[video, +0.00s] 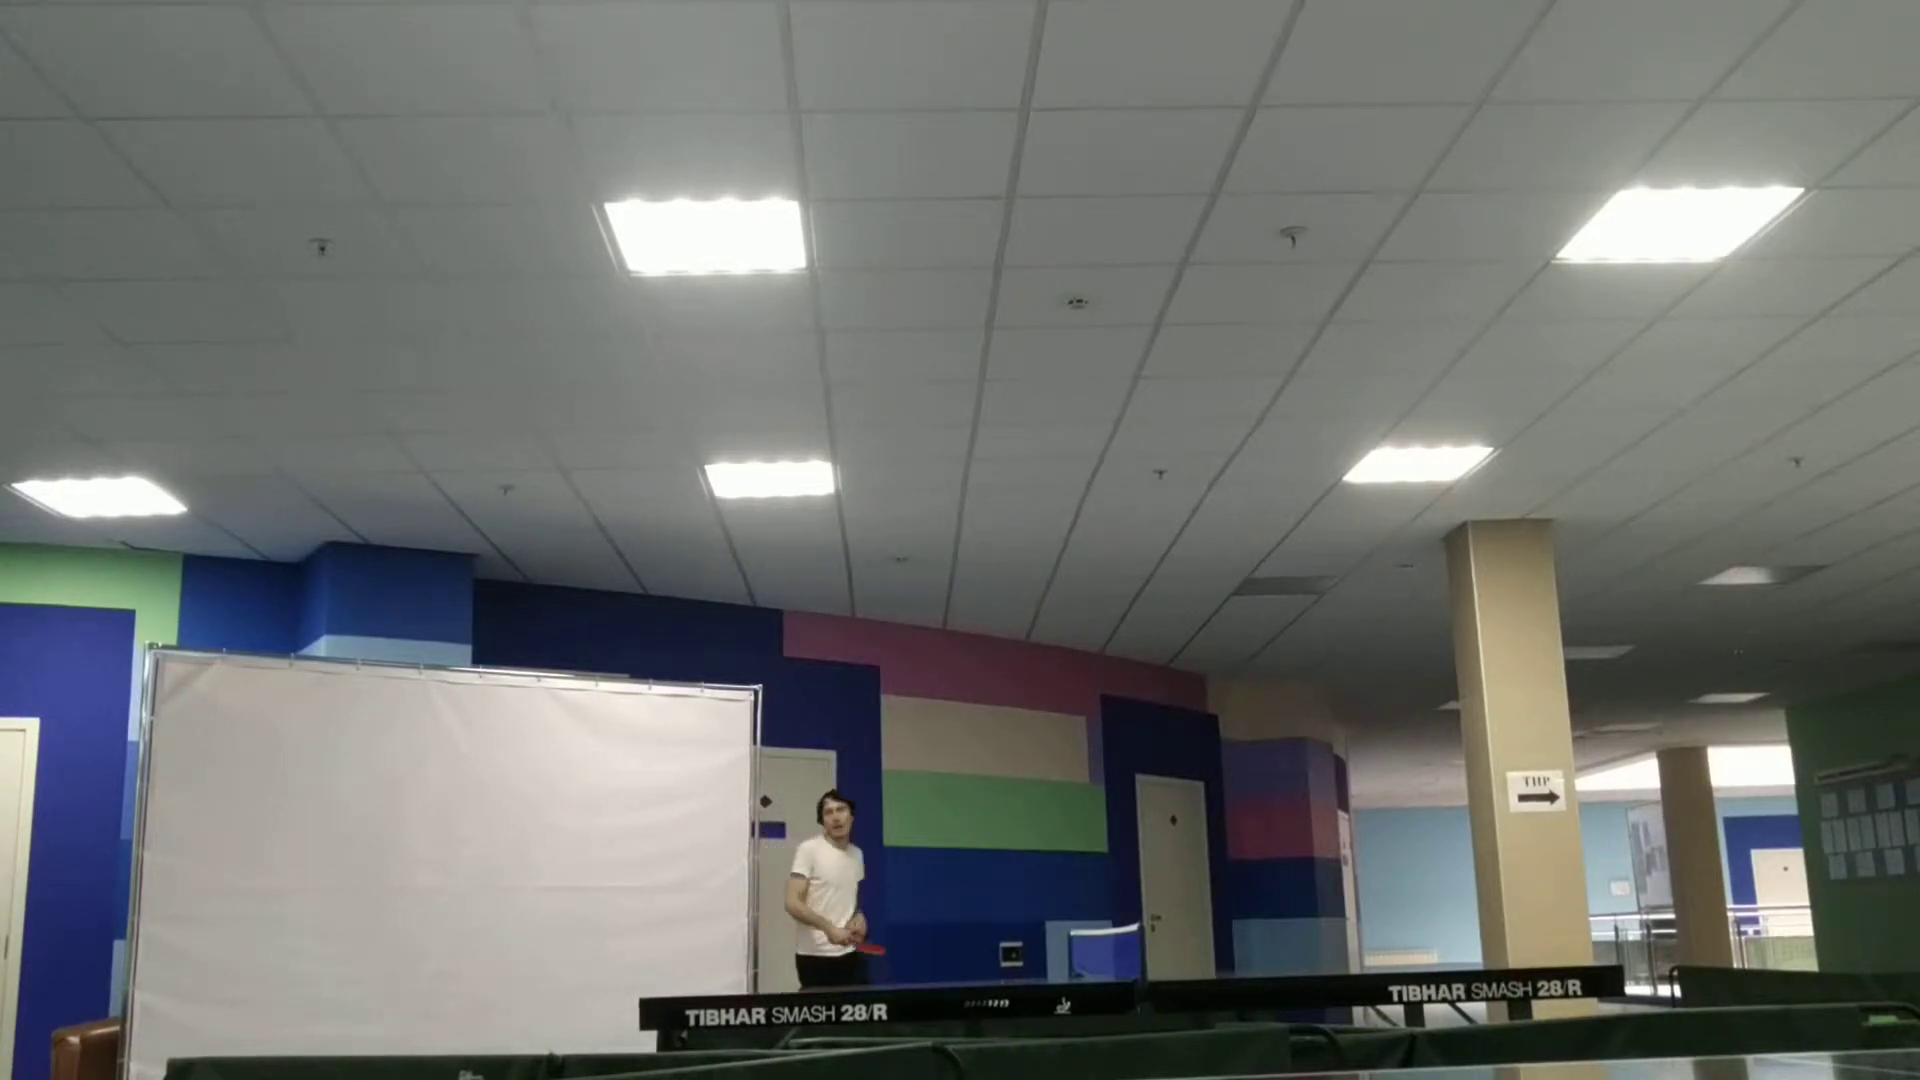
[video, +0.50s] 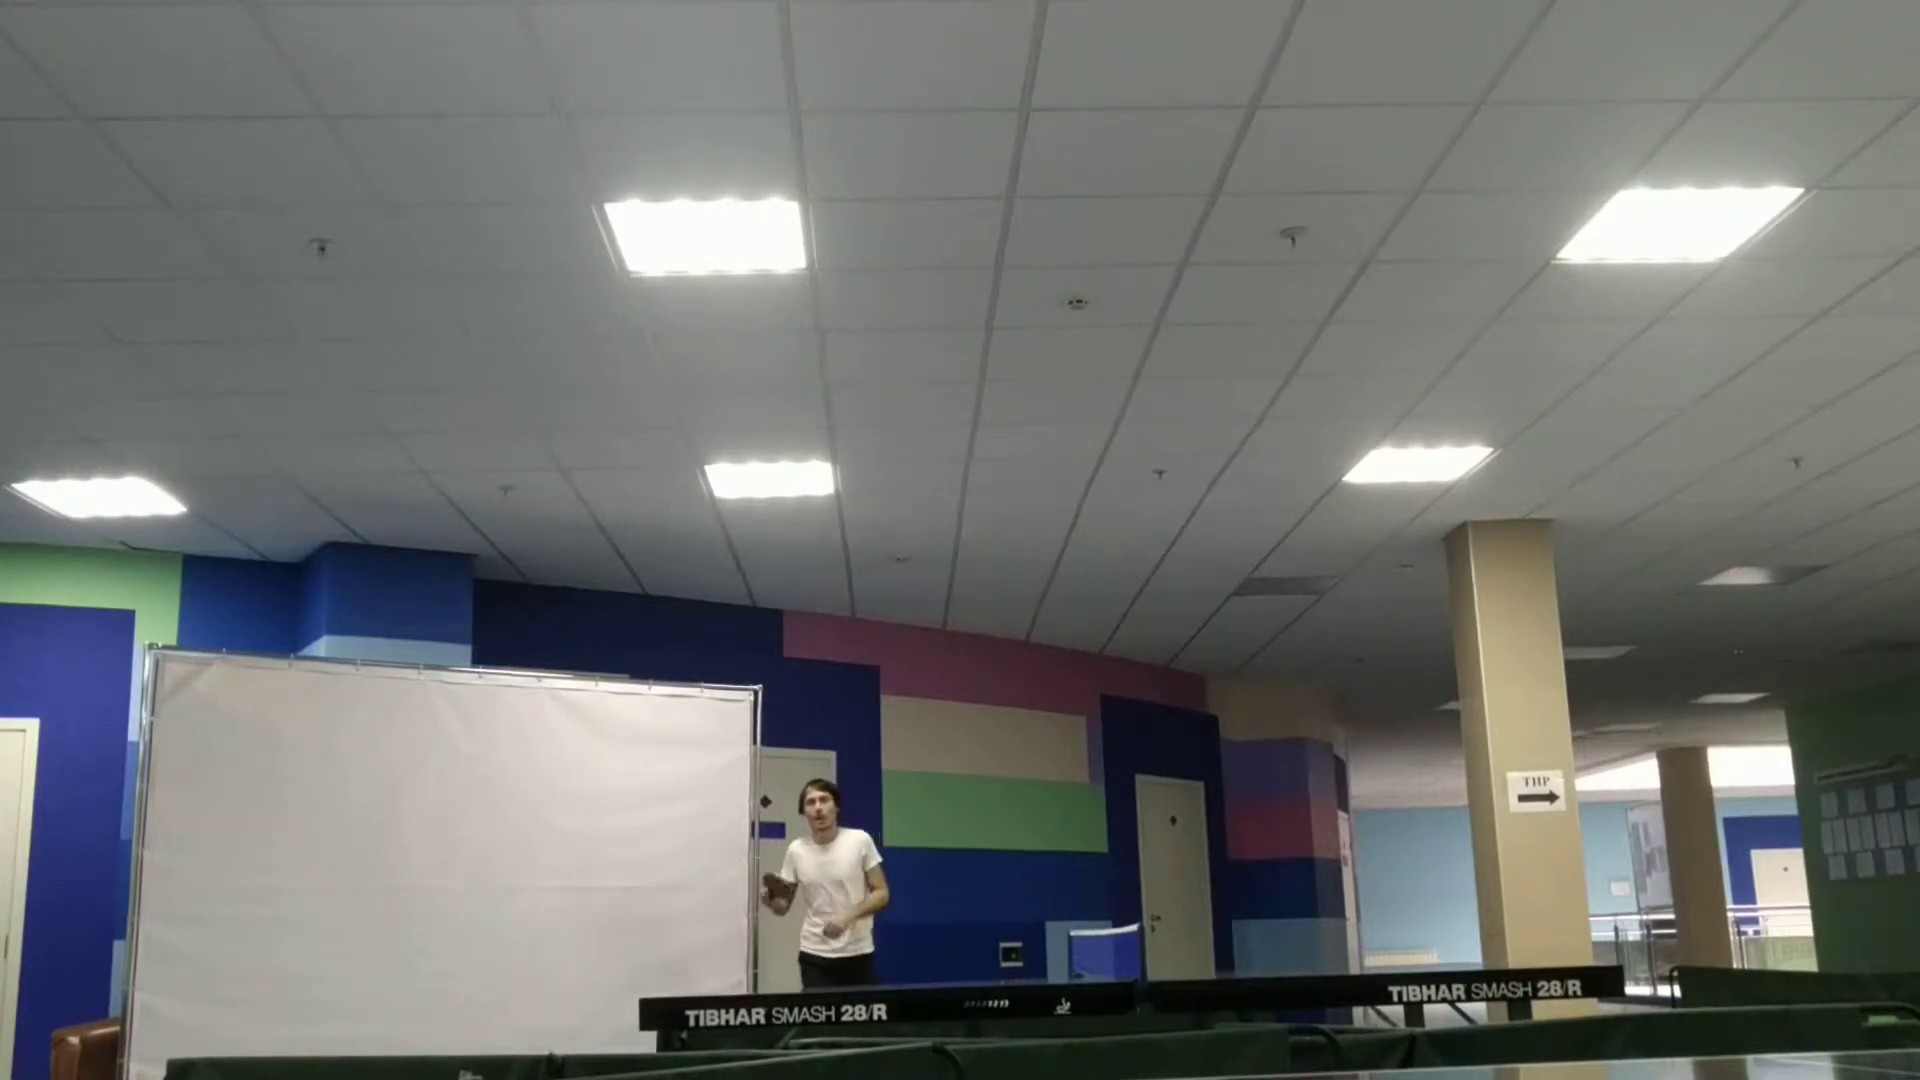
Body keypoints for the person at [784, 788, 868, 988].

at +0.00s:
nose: (836, 818)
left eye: (841, 810)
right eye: (829, 813)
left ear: (851, 817)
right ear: (822, 820)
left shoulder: (856, 854)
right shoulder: (808, 850)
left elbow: (851, 900)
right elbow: (793, 903)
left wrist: (859, 917)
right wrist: (830, 929)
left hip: (849, 956)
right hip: (815, 958)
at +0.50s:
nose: (818, 809)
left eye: (824, 800)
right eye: (811, 803)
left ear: (836, 806)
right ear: (803, 811)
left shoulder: (860, 841)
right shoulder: (796, 850)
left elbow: (882, 893)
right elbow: (783, 906)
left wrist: (846, 917)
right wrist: (773, 901)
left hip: (857, 955)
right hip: (815, 956)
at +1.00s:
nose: (747, 791)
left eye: (755, 785)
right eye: (741, 785)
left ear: (768, 797)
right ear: (732, 795)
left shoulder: (786, 836)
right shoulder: (723, 837)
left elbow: (808, 896)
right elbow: (712, 891)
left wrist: (757, 923)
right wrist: (702, 910)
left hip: (771, 949)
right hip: (734, 951)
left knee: (760, 1025)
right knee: (733, 1025)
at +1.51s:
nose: (599, 781)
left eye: (609, 775)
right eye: (592, 774)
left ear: (622, 787)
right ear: (582, 785)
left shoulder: (637, 826)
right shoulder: (584, 836)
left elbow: (663, 892)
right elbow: (591, 892)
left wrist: (612, 932)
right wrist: (560, 913)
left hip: (619, 962)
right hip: (579, 957)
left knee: (599, 1057)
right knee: (562, 1050)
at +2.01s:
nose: (456, 768)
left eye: (467, 761)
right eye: (450, 760)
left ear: (484, 772)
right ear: (441, 767)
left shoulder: (503, 821)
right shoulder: (427, 819)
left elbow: (523, 894)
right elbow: (409, 880)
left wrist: (471, 933)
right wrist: (390, 915)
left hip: (475, 959)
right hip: (428, 957)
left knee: (444, 1053)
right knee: (409, 1056)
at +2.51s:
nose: (275, 748)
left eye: (284, 737)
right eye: (266, 741)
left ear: (312, 742)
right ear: (260, 749)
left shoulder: (349, 796)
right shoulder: (259, 804)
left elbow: (374, 878)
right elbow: (249, 877)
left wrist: (318, 923)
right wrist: (210, 919)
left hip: (313, 959)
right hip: (254, 953)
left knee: (288, 1062)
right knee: (239, 1059)